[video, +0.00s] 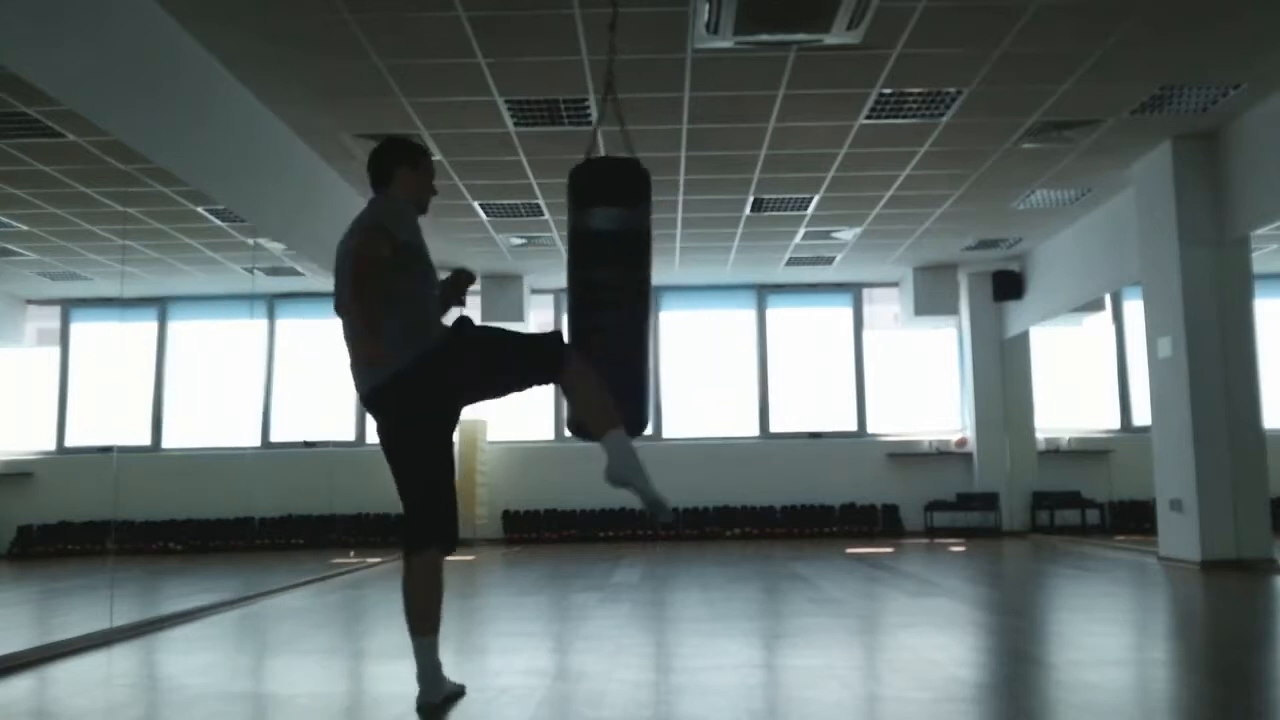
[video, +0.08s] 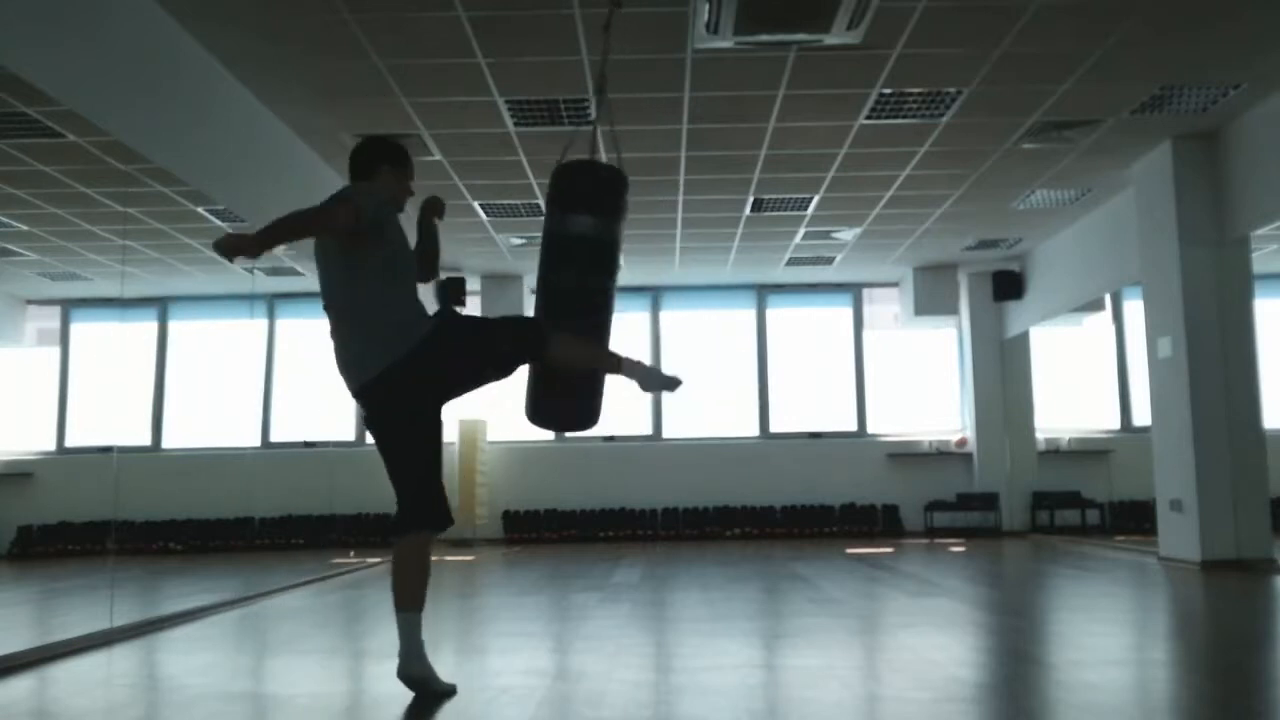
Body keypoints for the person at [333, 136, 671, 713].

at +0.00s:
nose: (434, 185)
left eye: (432, 176)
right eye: (427, 174)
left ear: (388, 176)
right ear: (403, 175)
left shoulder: (383, 236)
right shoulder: (383, 225)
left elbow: (402, 328)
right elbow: (362, 307)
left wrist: (445, 295)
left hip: (399, 397)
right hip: (434, 365)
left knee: (425, 535)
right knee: (562, 356)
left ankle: (430, 678)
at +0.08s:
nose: (410, 184)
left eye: (410, 176)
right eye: (405, 175)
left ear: (368, 174)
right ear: (380, 171)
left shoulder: (378, 222)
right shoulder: (358, 203)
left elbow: (425, 269)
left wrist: (428, 220)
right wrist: (258, 241)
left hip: (385, 385)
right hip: (417, 352)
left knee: (417, 516)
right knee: (528, 335)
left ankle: (412, 655)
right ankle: (633, 369)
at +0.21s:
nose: (370, 210)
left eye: (369, 201)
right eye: (361, 200)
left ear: (320, 205)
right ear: (329, 200)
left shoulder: (277, 258)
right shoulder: (348, 235)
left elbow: (219, 288)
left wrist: (253, 275)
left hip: (349, 408)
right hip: (393, 363)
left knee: (353, 539)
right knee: (520, 340)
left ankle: (323, 670)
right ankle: (643, 376)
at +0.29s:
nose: (375, 212)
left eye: (373, 202)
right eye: (369, 201)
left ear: (321, 201)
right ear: (339, 196)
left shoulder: (273, 256)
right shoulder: (360, 231)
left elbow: (199, 301)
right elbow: (372, 291)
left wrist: (189, 317)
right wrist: (406, 365)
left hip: (346, 403)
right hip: (399, 368)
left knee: (350, 538)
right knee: (523, 368)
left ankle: (324, 669)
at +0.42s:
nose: (479, 196)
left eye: (478, 185)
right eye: (473, 185)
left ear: (430, 186)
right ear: (447, 182)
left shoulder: (385, 236)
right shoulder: (456, 230)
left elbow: (319, 285)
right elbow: (492, 299)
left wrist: (258, 334)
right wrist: (466, 262)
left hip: (430, 391)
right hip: (461, 384)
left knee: (556, 326)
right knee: (475, 521)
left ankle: (629, 423)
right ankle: (451, 652)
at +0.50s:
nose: (428, 212)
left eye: (429, 203)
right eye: (424, 201)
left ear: (395, 196)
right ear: (399, 196)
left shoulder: (397, 252)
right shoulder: (364, 224)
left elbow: (452, 275)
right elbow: (300, 236)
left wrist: (418, 232)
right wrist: (249, 253)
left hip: (376, 387)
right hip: (390, 353)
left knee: (407, 514)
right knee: (500, 311)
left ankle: (381, 650)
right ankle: (623, 326)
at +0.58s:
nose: (483, 223)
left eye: (483, 214)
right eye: (477, 212)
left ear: (437, 212)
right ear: (449, 210)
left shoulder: (410, 259)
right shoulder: (441, 245)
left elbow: (363, 334)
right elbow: (509, 284)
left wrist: (417, 356)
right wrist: (567, 282)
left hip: (402, 416)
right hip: (426, 418)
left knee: (343, 534)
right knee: (506, 522)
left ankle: (272, 650)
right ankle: (512, 637)